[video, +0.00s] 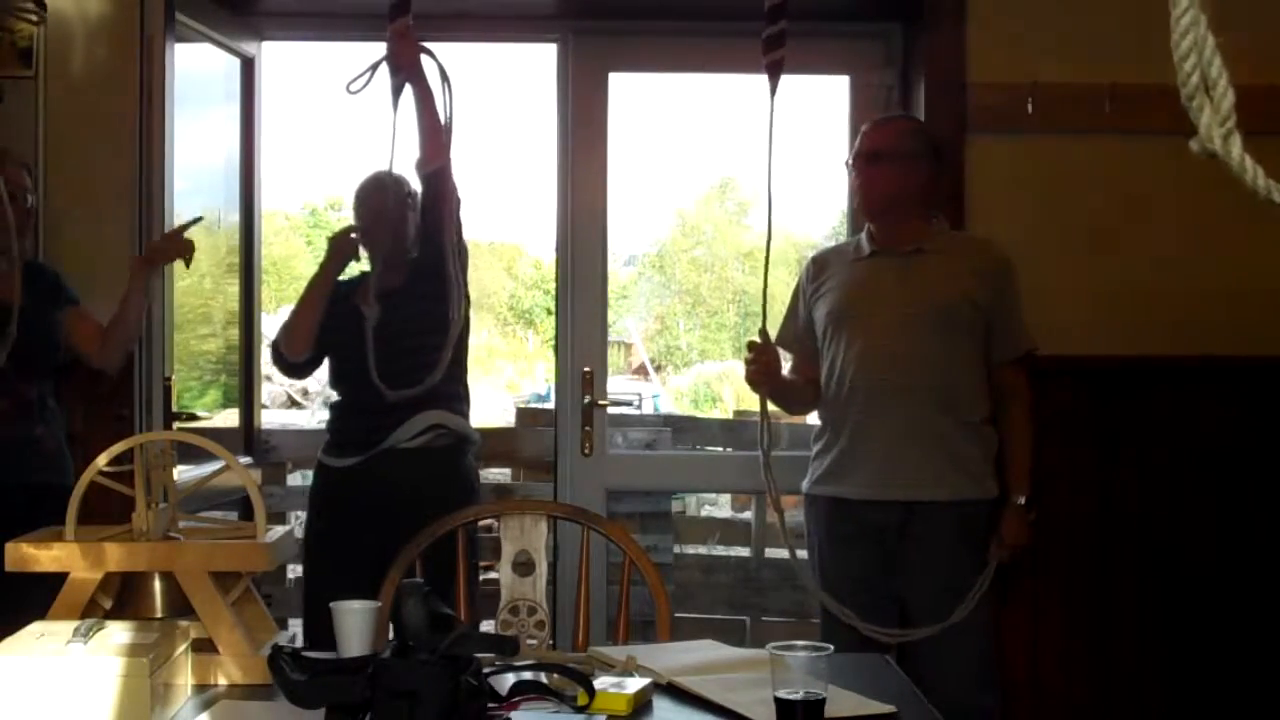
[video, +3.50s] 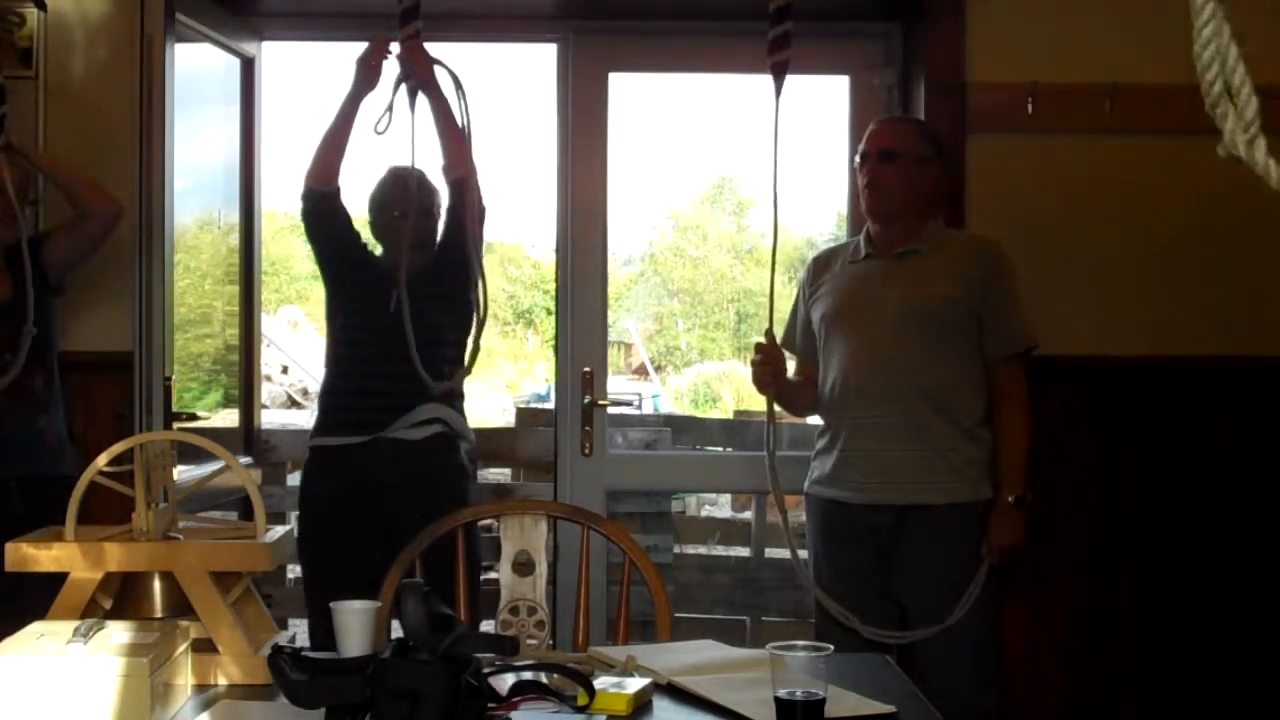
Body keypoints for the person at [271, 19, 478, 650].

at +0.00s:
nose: (397, 209)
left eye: (405, 201)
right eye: (381, 202)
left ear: (420, 216)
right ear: (358, 223)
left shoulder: (439, 276)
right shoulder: (340, 297)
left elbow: (436, 165)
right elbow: (289, 359)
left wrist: (414, 76)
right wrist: (329, 267)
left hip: (429, 465)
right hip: (348, 469)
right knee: (332, 637)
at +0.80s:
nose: (374, 215)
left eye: (390, 205)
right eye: (370, 207)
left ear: (423, 222)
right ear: (365, 224)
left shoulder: (444, 285)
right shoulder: (342, 289)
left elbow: (444, 173)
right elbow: (264, 285)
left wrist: (425, 78)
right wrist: (302, 204)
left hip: (422, 475)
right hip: (339, 476)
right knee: (331, 645)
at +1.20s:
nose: (399, 197)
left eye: (412, 192)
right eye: (387, 192)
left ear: (429, 215)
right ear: (372, 218)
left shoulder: (444, 277)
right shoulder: (344, 278)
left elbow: (446, 171)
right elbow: (291, 208)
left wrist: (423, 81)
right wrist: (325, 116)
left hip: (420, 466)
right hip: (335, 464)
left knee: (425, 630)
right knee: (332, 641)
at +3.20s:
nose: (428, 205)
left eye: (439, 196)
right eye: (415, 196)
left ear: (453, 213)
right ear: (393, 215)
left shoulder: (466, 279)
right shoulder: (365, 271)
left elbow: (466, 173)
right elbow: (328, 185)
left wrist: (432, 80)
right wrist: (366, 90)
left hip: (437, 465)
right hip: (350, 464)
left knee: (447, 636)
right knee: (349, 643)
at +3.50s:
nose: (408, 213)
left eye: (418, 203)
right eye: (395, 202)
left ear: (435, 218)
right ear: (373, 220)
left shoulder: (453, 277)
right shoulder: (349, 272)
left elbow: (463, 182)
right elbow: (318, 188)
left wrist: (430, 86)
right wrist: (358, 93)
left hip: (429, 463)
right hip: (341, 463)